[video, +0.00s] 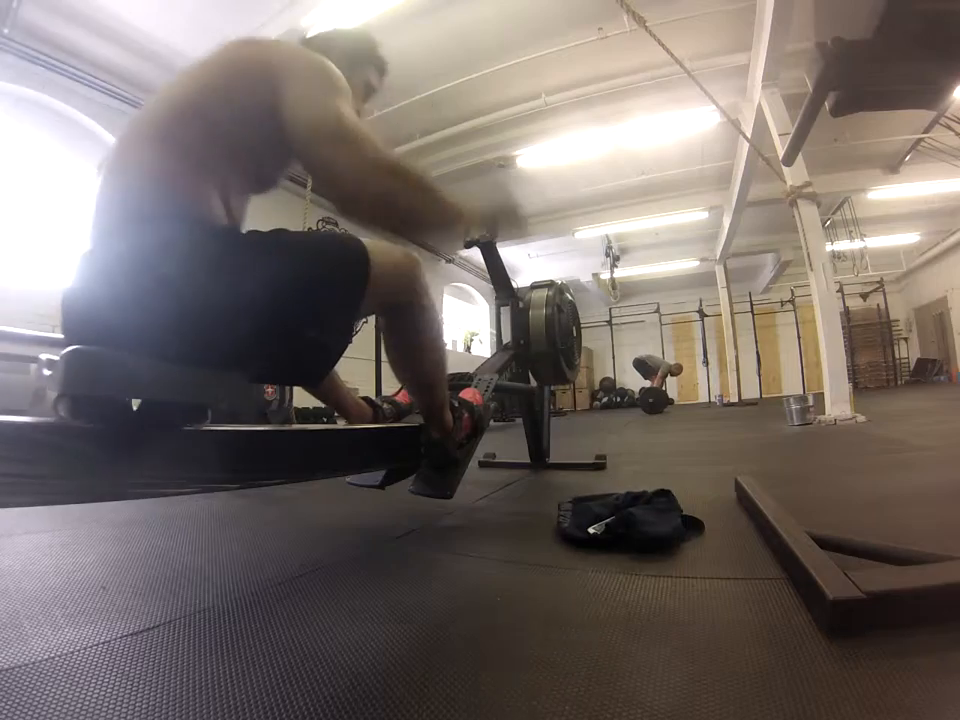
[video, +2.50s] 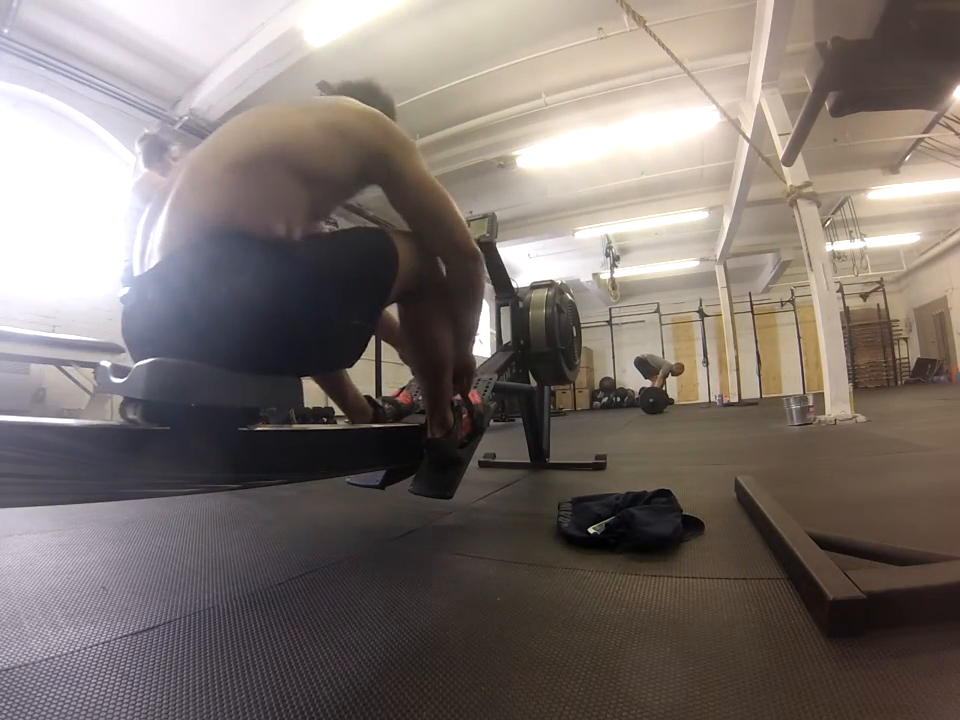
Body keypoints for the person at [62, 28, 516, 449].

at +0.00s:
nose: (362, 115)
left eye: (370, 102)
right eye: (366, 93)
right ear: (342, 61)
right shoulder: (298, 66)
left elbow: (242, 279)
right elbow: (360, 178)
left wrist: (341, 401)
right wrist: (463, 218)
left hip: (100, 294)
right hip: (170, 279)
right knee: (401, 274)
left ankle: (359, 409)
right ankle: (442, 426)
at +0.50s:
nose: (262, 74)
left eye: (269, 69)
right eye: (266, 59)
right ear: (250, 18)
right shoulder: (200, 7)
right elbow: (366, 49)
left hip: (41, 259)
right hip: (119, 247)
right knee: (362, 296)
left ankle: (362, 421)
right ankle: (443, 430)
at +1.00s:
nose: (223, 57)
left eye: (223, 53)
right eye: (219, 43)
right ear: (197, 11)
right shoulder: (173, 5)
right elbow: (337, 47)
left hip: (20, 228)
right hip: (89, 224)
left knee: (269, 364)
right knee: (333, 333)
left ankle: (368, 432)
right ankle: (449, 426)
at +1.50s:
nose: (330, 112)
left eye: (334, 101)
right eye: (334, 96)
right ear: (323, 65)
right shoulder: (289, 56)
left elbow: (252, 246)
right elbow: (400, 190)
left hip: (73, 292)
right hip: (167, 279)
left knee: (267, 307)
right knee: (378, 285)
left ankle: (358, 411)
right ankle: (447, 427)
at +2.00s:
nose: (408, 176)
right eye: (410, 163)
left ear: (356, 119)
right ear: (401, 141)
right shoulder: (398, 151)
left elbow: (350, 294)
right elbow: (487, 275)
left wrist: (427, 352)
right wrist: (474, 350)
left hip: (152, 318)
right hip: (248, 303)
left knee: (311, 281)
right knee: (421, 264)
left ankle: (363, 412)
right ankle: (442, 426)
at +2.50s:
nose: (398, 143)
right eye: (394, 133)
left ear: (330, 99)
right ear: (381, 118)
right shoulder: (374, 128)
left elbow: (319, 262)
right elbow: (465, 255)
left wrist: (405, 343)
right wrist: (464, 351)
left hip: (147, 323)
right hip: (238, 303)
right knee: (423, 263)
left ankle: (363, 418)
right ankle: (443, 426)